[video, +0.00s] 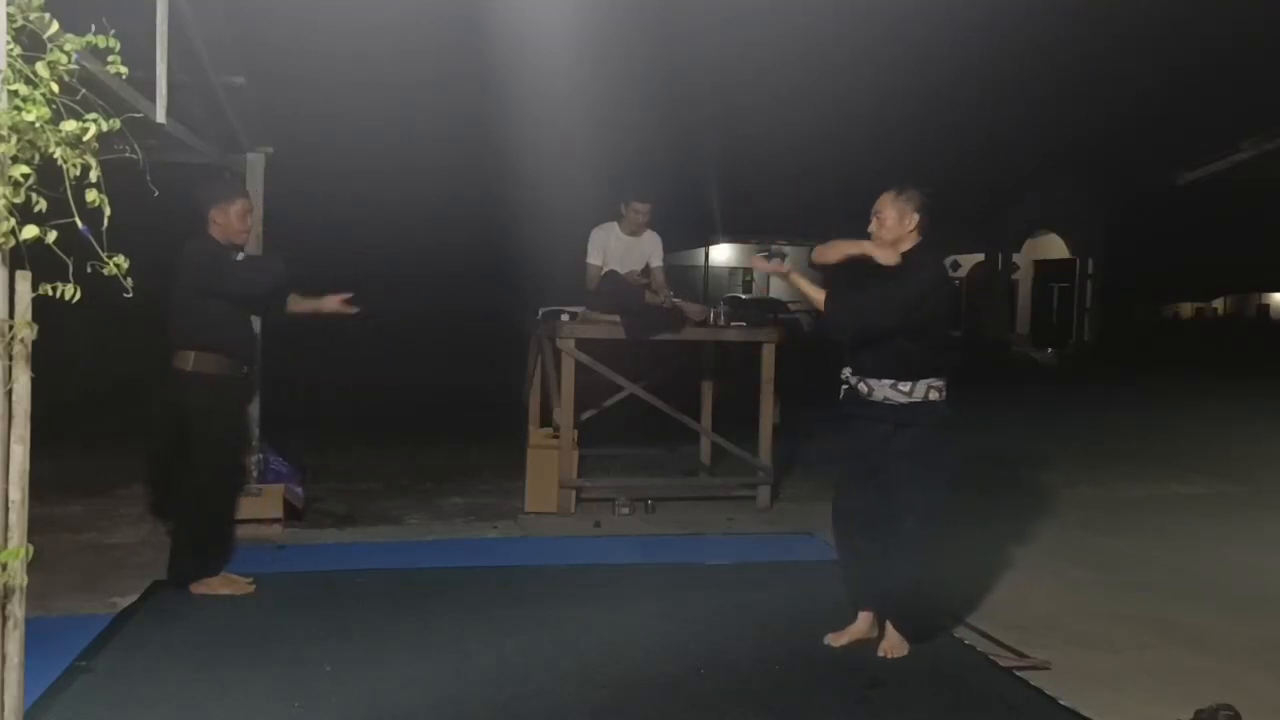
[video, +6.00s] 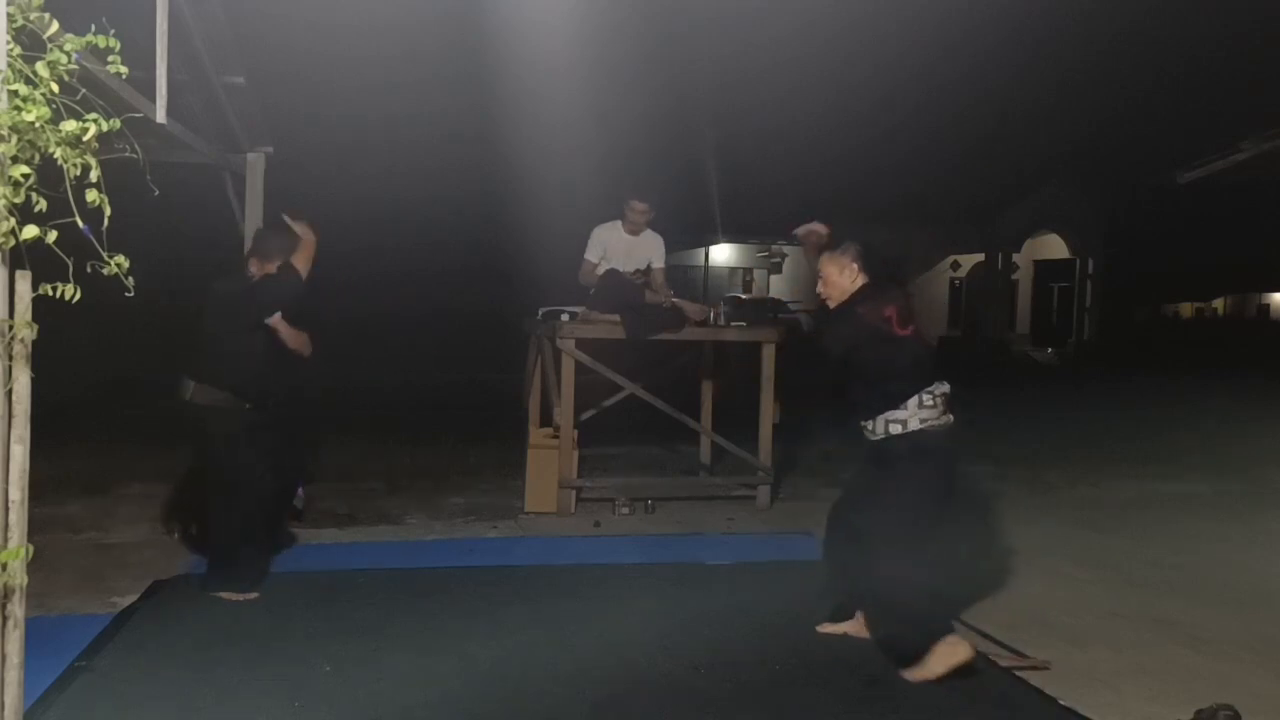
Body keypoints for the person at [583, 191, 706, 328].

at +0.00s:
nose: (641, 219)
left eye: (645, 214)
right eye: (636, 212)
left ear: (650, 214)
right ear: (623, 209)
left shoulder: (653, 240)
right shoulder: (601, 234)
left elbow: (659, 283)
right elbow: (591, 285)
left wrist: (665, 297)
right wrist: (623, 280)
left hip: (635, 298)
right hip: (601, 299)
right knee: (611, 278)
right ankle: (677, 310)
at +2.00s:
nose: (641, 219)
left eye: (645, 214)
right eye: (636, 212)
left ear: (650, 214)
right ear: (623, 209)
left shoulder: (653, 240)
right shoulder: (601, 234)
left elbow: (658, 281)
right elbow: (592, 285)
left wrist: (664, 295)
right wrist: (621, 281)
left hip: (635, 300)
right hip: (603, 300)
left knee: (674, 317)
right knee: (611, 278)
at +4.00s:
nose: (635, 215)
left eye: (641, 210)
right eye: (630, 209)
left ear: (647, 213)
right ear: (621, 208)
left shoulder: (653, 239)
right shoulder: (601, 234)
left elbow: (659, 282)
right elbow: (591, 283)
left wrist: (664, 293)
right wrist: (622, 280)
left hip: (636, 300)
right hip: (603, 299)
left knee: (674, 317)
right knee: (611, 279)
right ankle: (679, 306)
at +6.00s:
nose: (637, 218)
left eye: (643, 213)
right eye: (632, 211)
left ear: (651, 215)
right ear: (625, 210)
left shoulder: (655, 241)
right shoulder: (602, 232)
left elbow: (659, 283)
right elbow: (584, 276)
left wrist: (670, 299)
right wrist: (619, 284)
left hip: (637, 302)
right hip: (603, 300)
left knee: (675, 317)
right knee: (612, 277)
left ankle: (605, 316)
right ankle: (680, 306)